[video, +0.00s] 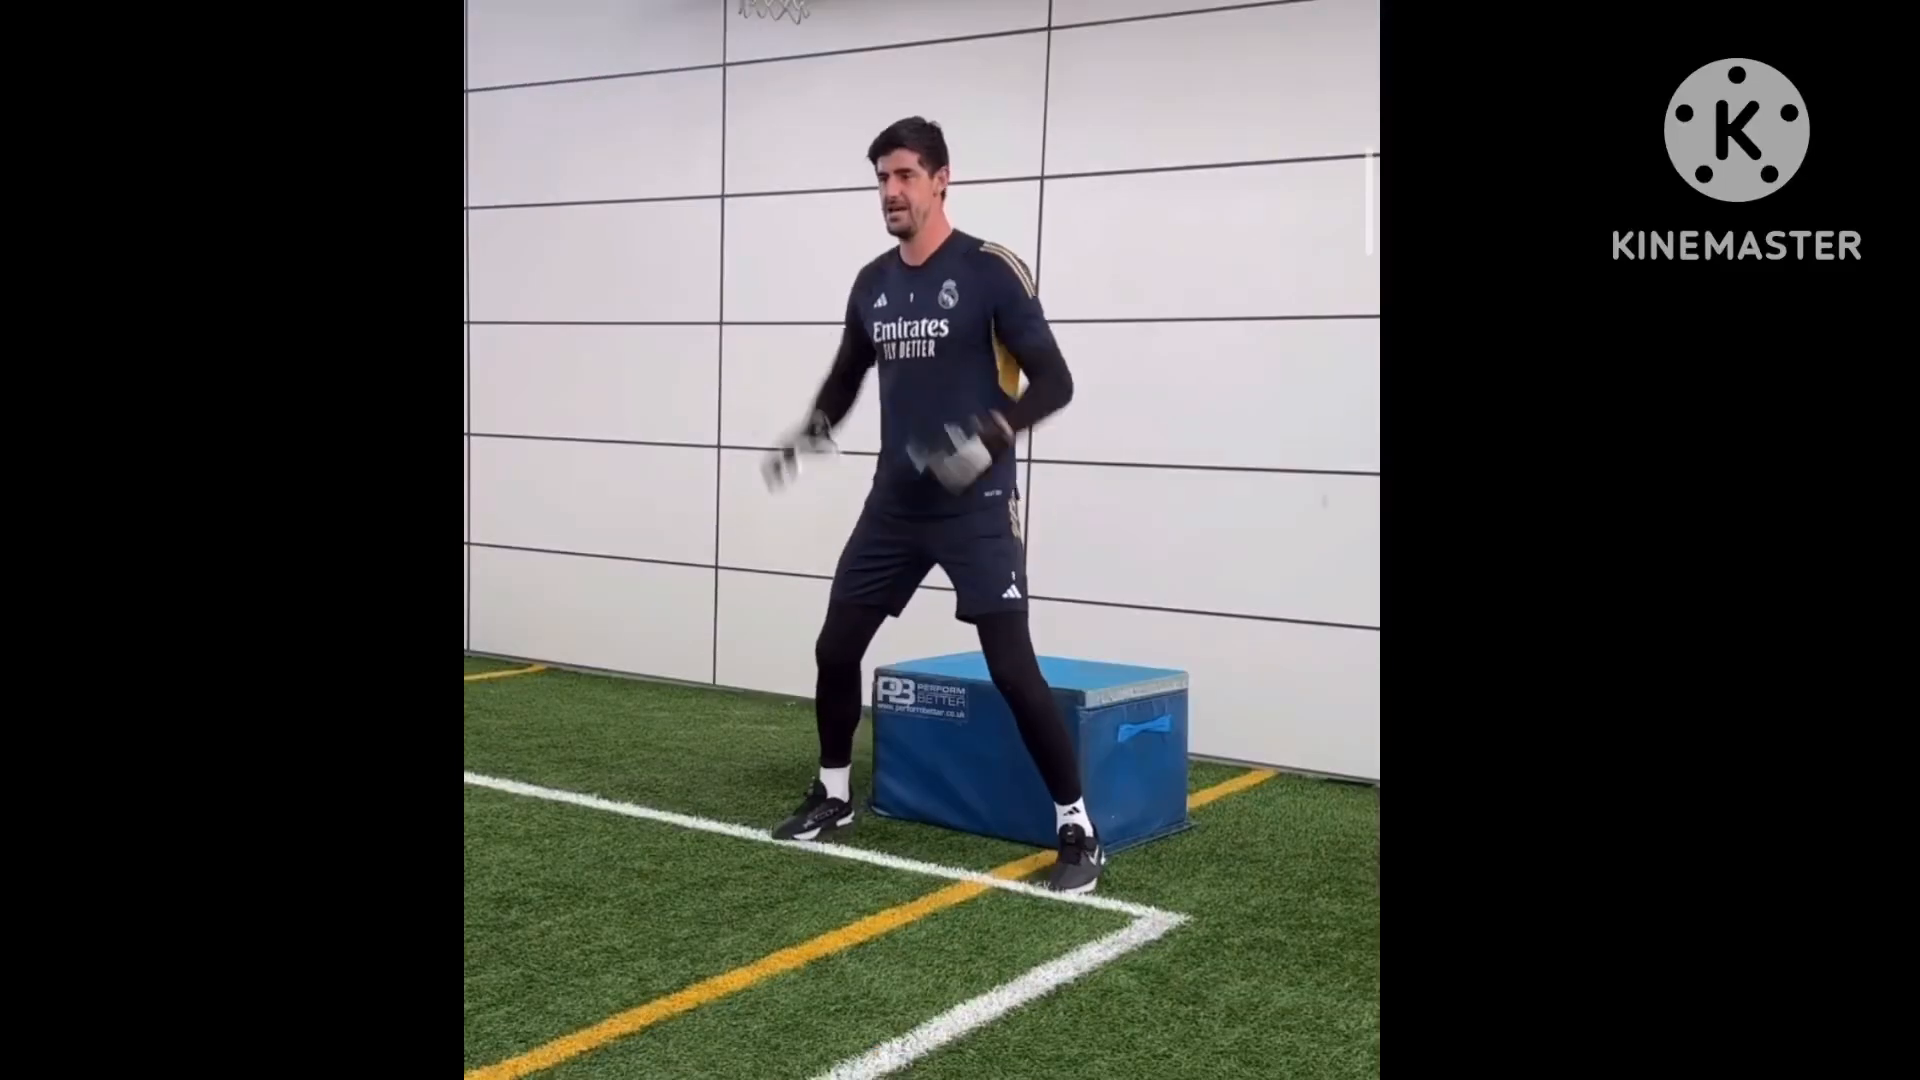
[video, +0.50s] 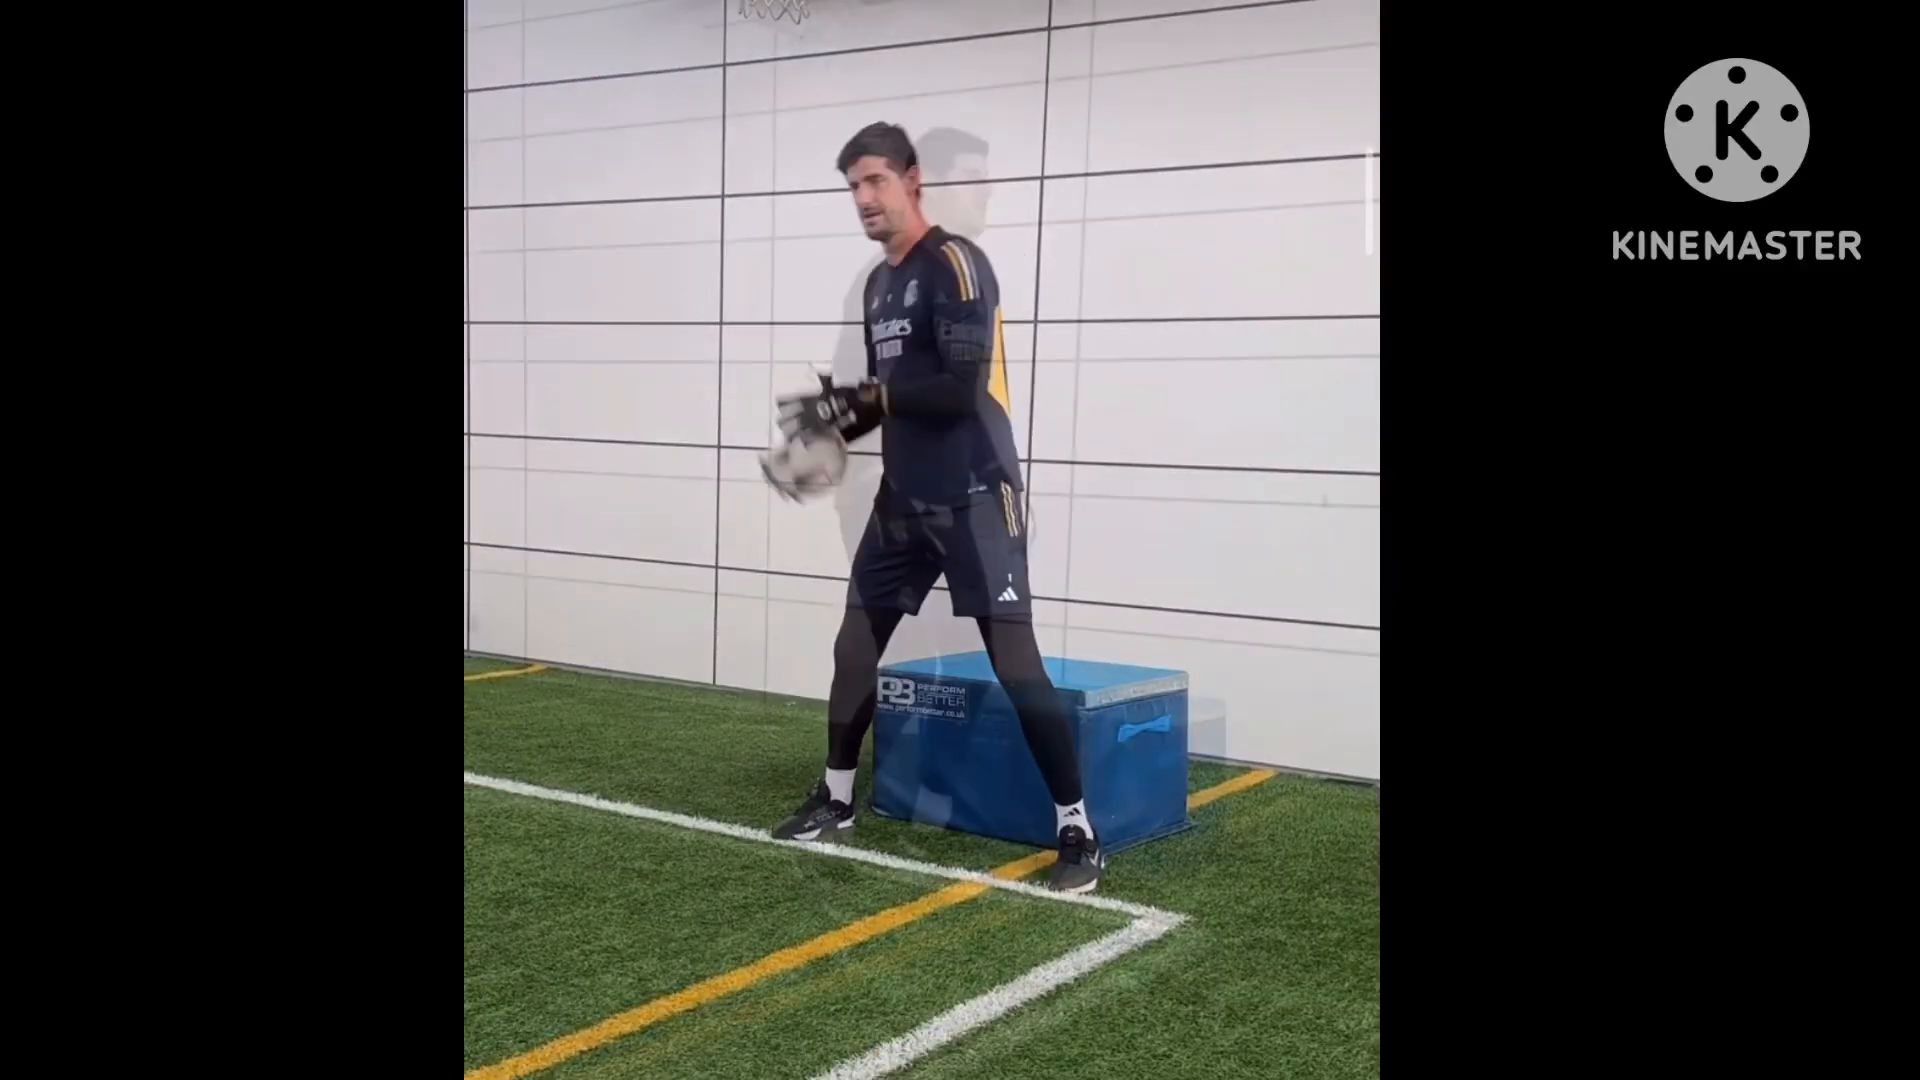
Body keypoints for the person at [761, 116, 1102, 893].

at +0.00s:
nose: (892, 190)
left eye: (906, 175)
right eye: (884, 177)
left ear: (942, 180)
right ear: (877, 189)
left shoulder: (988, 271)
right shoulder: (873, 284)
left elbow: (1056, 381)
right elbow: (846, 376)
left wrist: (994, 433)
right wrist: (811, 432)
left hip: (975, 507)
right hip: (895, 505)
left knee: (1012, 669)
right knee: (837, 648)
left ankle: (1077, 831)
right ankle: (832, 797)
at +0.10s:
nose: (901, 187)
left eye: (914, 172)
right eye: (892, 174)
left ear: (950, 175)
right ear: (886, 183)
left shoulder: (988, 253)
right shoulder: (879, 274)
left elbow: (1014, 332)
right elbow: (798, 351)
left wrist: (921, 313)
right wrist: (780, 314)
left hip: (977, 496)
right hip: (894, 497)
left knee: (1016, 666)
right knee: (848, 650)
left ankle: (1076, 829)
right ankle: (836, 797)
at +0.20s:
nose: (908, 187)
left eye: (920, 172)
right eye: (898, 175)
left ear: (955, 172)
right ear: (891, 184)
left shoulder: (995, 243)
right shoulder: (880, 258)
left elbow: (975, 291)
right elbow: (790, 315)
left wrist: (868, 219)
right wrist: (784, 241)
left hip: (976, 485)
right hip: (897, 488)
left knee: (1018, 661)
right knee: (852, 649)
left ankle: (1076, 831)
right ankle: (835, 798)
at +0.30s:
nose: (902, 188)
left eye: (915, 173)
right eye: (894, 176)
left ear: (952, 172)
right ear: (889, 185)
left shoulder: (995, 247)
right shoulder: (889, 266)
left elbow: (962, 324)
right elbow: (814, 347)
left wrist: (879, 267)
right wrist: (797, 293)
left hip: (975, 487)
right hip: (897, 489)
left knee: (1018, 662)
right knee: (856, 650)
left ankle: (1076, 832)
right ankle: (835, 797)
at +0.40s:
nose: (891, 192)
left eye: (902, 175)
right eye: (881, 181)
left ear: (939, 175)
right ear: (878, 191)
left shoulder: (984, 257)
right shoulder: (885, 278)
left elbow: (955, 367)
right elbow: (845, 388)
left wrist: (867, 348)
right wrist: (818, 354)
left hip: (977, 494)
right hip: (902, 497)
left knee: (1017, 666)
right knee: (854, 651)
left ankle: (1076, 832)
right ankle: (835, 798)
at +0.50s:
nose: (863, 200)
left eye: (874, 183)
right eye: (854, 188)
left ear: (913, 181)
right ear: (853, 196)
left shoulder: (959, 264)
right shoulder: (878, 285)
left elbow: (959, 390)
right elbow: (891, 396)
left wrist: (874, 395)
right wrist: (840, 422)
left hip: (976, 488)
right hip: (907, 492)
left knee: (1016, 660)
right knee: (856, 644)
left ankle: (1076, 831)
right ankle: (835, 801)